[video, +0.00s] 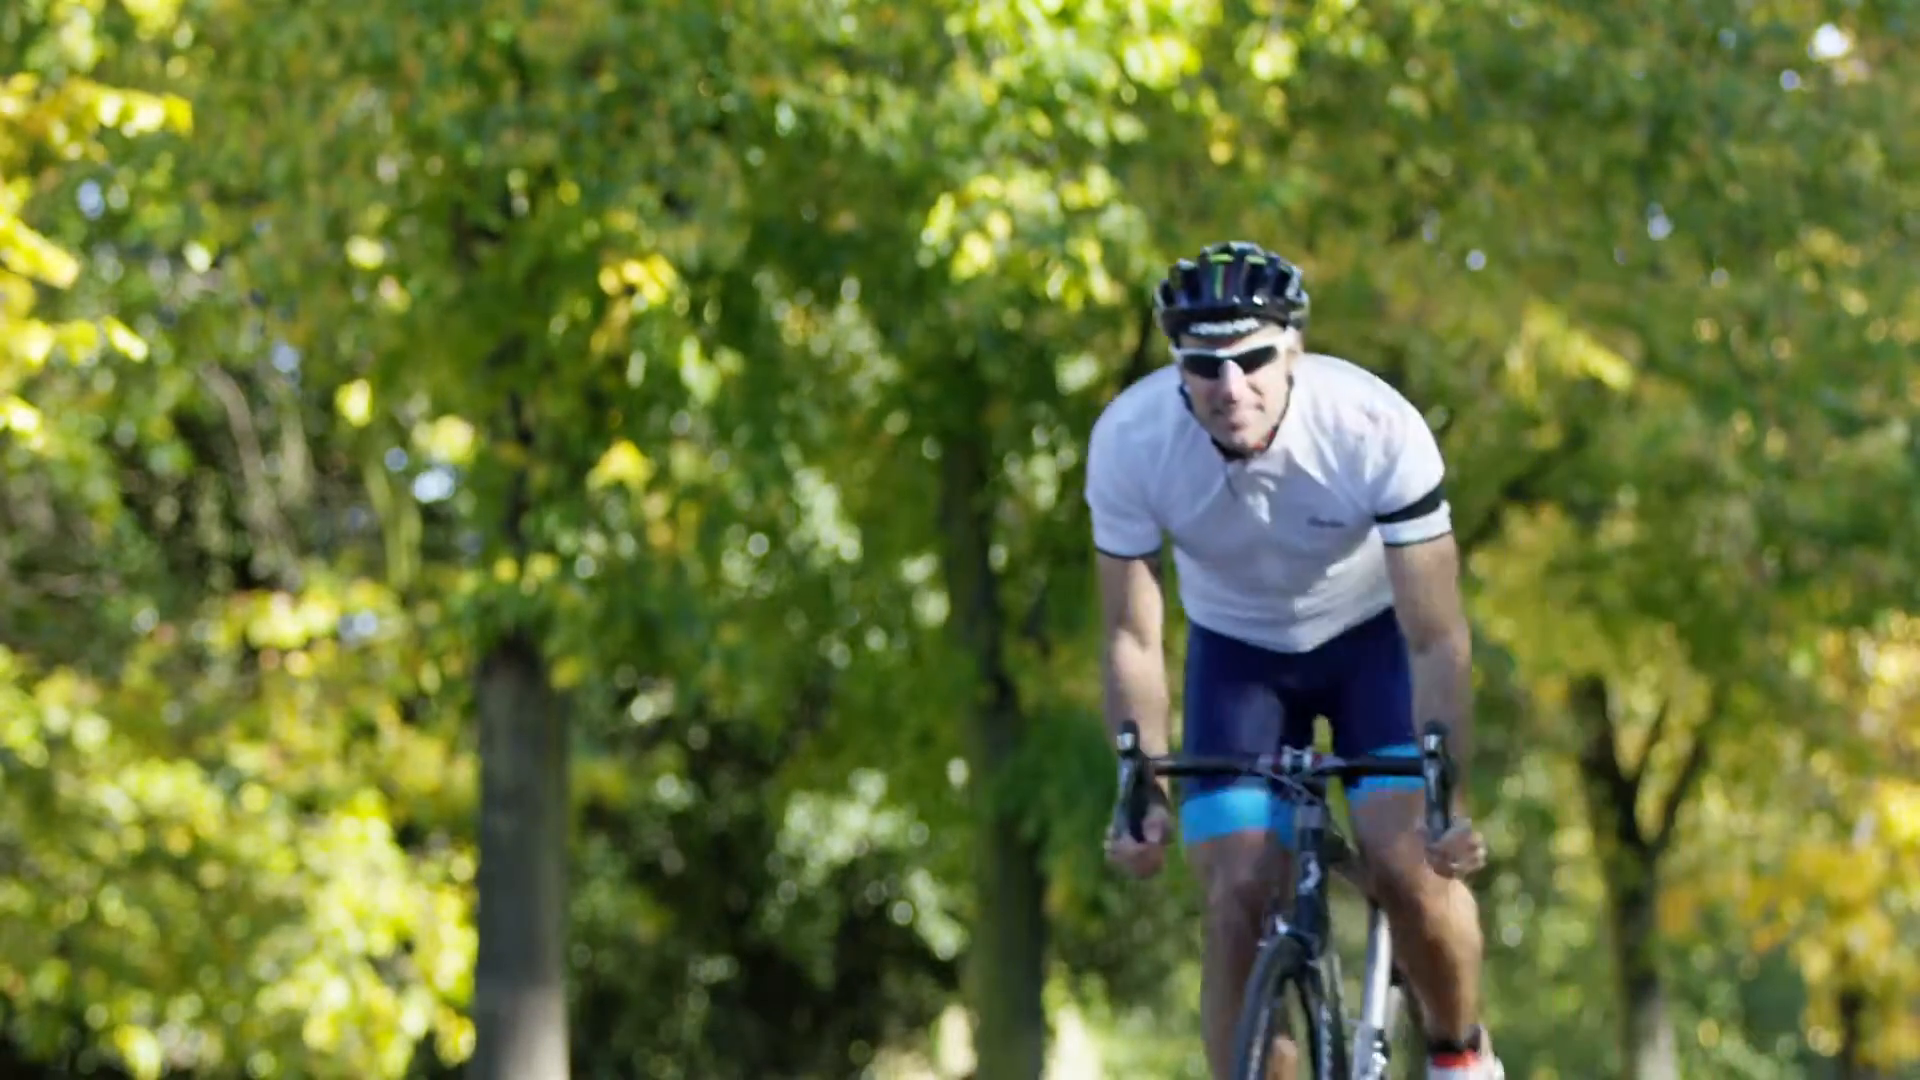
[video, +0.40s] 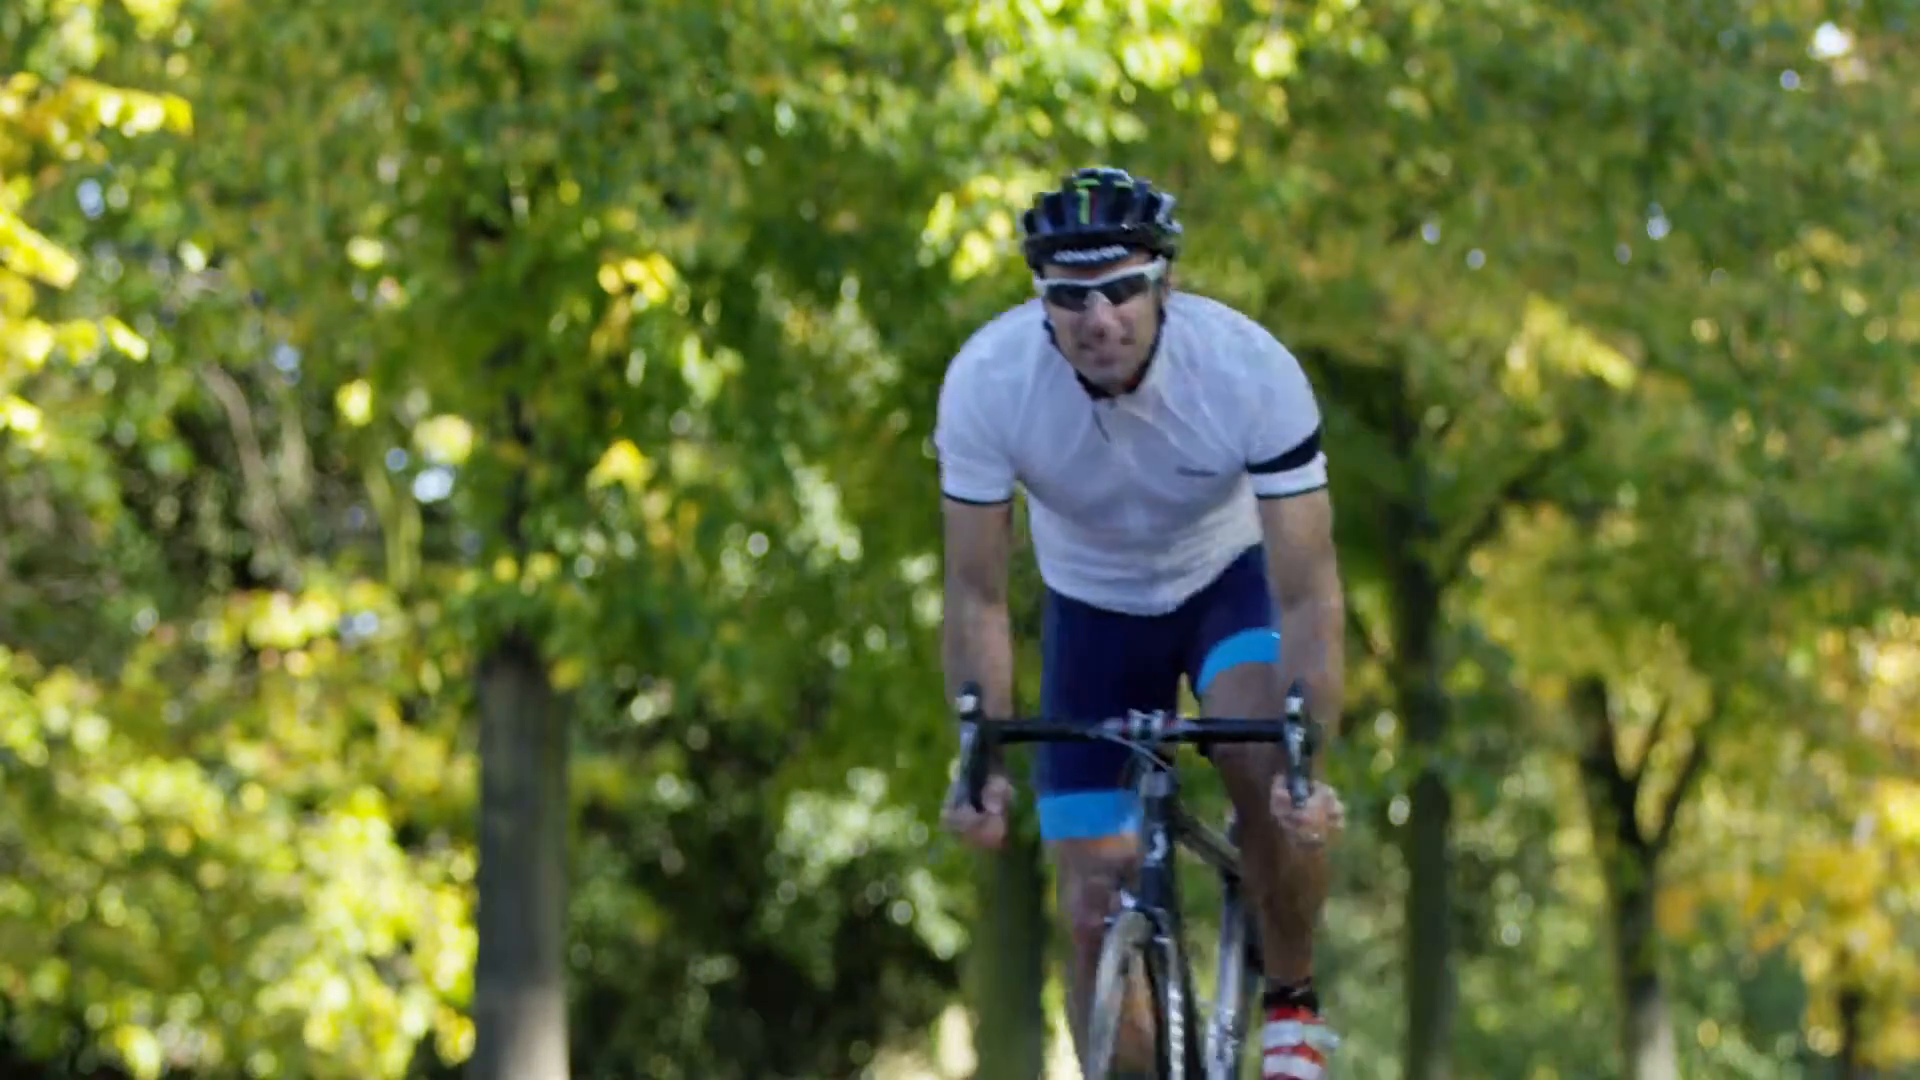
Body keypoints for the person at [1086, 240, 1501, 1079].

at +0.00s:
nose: (1232, 388)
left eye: (1254, 361)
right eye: (1206, 367)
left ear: (1294, 349)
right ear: (1177, 366)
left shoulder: (1377, 429)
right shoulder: (1128, 444)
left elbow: (1437, 635)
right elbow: (1129, 631)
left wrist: (1448, 805)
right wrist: (1144, 780)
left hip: (1372, 631)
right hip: (1233, 644)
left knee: (1403, 862)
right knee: (1239, 891)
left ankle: (1459, 1055)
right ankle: (1247, 1069)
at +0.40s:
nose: (1100, 320)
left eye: (1122, 291)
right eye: (1071, 297)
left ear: (1164, 284)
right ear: (1041, 299)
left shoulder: (1254, 374)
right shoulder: (986, 385)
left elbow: (1308, 589)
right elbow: (975, 589)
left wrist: (1306, 759)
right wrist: (979, 752)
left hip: (1231, 573)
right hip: (1090, 598)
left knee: (1268, 764)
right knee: (1095, 894)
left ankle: (1291, 1006)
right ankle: (1134, 1073)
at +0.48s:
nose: (1067, 302)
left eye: (1090, 274)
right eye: (1038, 280)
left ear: (1132, 266)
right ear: (1008, 280)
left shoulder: (1223, 361)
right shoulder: (954, 369)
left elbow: (1277, 579)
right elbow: (941, 575)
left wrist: (1270, 756)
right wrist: (940, 744)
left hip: (1202, 561)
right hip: (1058, 583)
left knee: (1232, 773)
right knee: (1052, 898)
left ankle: (1255, 1032)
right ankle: (1092, 1070)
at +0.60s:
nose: (1011, 281)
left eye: (1037, 253)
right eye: (984, 258)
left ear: (1084, 243)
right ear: (956, 257)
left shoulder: (1176, 340)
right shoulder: (903, 350)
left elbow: (1227, 563)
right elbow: (886, 561)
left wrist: (1216, 742)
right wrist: (873, 735)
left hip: (1158, 545)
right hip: (1009, 561)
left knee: (1169, 785)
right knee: (991, 862)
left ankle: (1203, 1066)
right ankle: (1040, 1069)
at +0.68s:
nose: (975, 270)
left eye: (1002, 240)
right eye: (947, 245)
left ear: (1051, 228)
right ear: (919, 242)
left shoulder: (1144, 328)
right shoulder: (868, 337)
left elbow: (1192, 554)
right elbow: (847, 551)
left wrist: (1170, 732)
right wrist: (831, 731)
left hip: (1128, 548)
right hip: (977, 554)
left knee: (1128, 810)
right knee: (942, 851)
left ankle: (1165, 1072)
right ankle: (1012, 1066)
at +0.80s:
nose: (920, 252)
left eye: (947, 221)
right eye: (892, 227)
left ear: (993, 211)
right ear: (862, 227)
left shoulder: (1089, 312)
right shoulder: (813, 320)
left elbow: (1139, 543)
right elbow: (786, 538)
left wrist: (1115, 727)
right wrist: (765, 719)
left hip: (1083, 545)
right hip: (926, 538)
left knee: (1081, 828)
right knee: (875, 815)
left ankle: (1110, 1072)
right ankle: (939, 1039)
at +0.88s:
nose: (879, 241)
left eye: (906, 212)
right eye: (851, 216)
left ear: (955, 202)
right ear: (822, 216)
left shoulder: (1053, 301)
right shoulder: (775, 308)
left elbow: (1103, 532)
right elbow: (746, 531)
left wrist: (1080, 717)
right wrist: (725, 718)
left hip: (1050, 543)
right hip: (892, 533)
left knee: (1052, 845)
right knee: (827, 791)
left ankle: (1074, 1071)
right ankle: (896, 997)